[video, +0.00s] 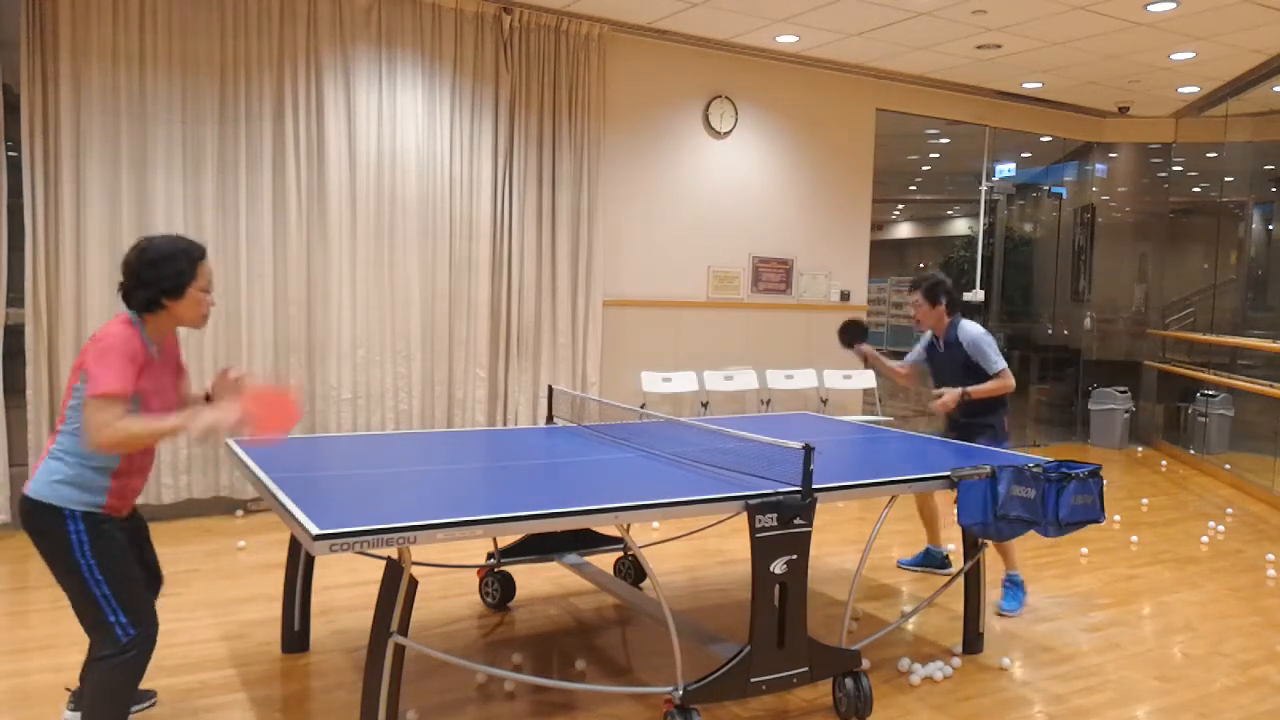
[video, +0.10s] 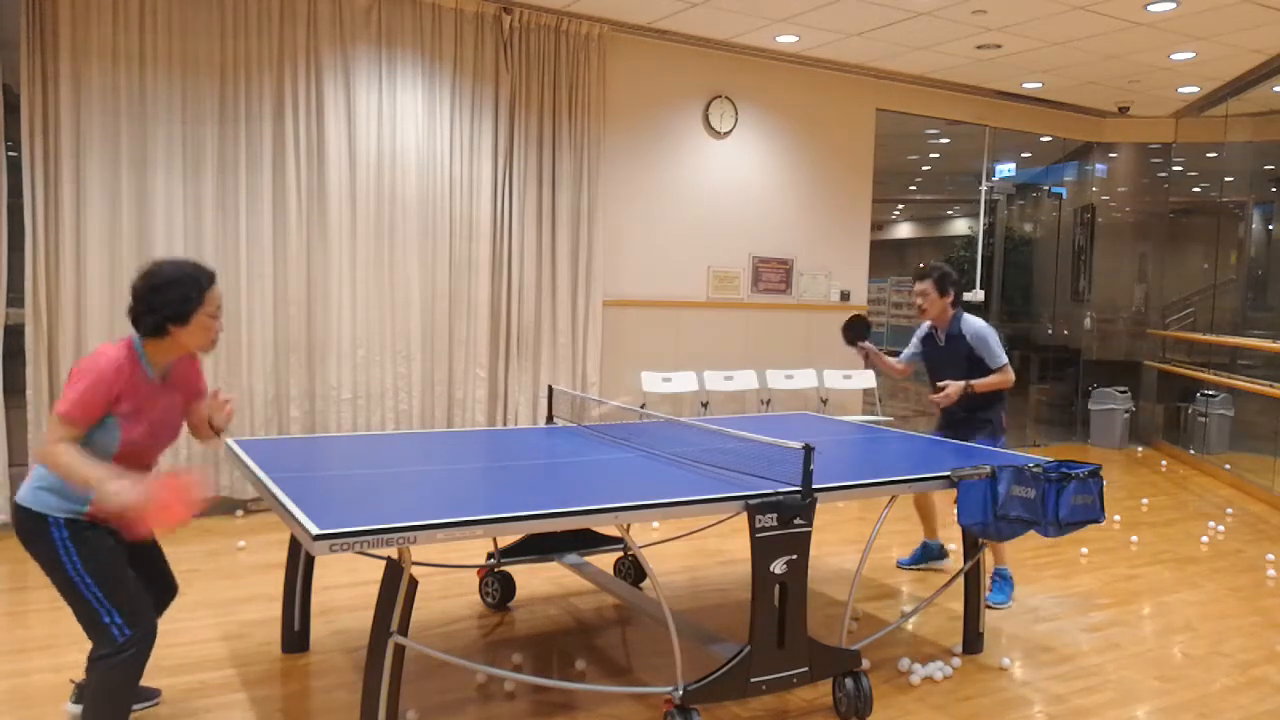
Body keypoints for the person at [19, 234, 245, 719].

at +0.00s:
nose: (210, 302)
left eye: (209, 290)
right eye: (203, 291)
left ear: (168, 297)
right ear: (166, 296)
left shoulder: (166, 342)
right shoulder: (116, 342)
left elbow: (174, 413)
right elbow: (102, 433)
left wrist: (214, 400)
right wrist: (194, 419)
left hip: (111, 502)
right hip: (66, 505)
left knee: (145, 585)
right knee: (129, 631)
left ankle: (99, 691)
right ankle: (97, 711)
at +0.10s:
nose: (220, 326)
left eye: (219, 315)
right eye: (212, 316)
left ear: (181, 324)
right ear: (175, 323)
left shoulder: (186, 367)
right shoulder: (108, 366)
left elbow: (201, 430)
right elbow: (53, 446)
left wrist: (212, 421)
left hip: (106, 508)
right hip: (54, 512)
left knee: (157, 589)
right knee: (128, 628)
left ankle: (101, 686)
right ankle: (101, 708)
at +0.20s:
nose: (228, 354)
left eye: (228, 344)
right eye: (220, 346)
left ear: (184, 354)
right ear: (180, 353)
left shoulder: (195, 392)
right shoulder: (109, 389)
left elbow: (203, 460)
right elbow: (37, 452)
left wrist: (208, 448)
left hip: (119, 527)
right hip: (64, 528)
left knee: (167, 596)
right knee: (135, 632)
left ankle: (107, 689)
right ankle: (104, 708)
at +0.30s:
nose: (232, 358)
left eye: (232, 346)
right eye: (223, 348)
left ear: (189, 354)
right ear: (184, 352)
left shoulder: (190, 391)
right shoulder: (123, 389)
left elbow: (179, 457)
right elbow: (71, 451)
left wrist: (199, 455)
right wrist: (62, 473)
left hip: (109, 526)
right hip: (55, 529)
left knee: (167, 592)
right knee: (145, 637)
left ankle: (105, 690)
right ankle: (108, 709)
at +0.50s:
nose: (211, 293)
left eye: (212, 282)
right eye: (205, 282)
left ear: (168, 281)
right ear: (170, 281)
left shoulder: (135, 325)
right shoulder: (134, 320)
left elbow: (142, 407)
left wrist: (204, 386)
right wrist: (252, 319)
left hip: (72, 500)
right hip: (85, 505)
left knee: (114, 617)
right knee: (150, 633)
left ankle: (103, 700)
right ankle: (106, 712)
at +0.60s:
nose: (205, 269)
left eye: (204, 258)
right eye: (197, 259)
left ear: (155, 264)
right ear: (162, 263)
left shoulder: (126, 308)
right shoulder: (132, 305)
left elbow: (139, 394)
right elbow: (208, 358)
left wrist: (200, 370)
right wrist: (258, 303)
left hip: (67, 486)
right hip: (92, 492)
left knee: (97, 613)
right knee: (142, 629)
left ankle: (62, 714)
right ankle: (98, 713)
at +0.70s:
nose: (202, 273)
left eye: (201, 263)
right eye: (194, 264)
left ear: (154, 270)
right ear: (159, 269)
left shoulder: (121, 313)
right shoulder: (131, 315)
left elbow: (171, 385)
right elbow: (194, 380)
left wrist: (226, 365)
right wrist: (256, 326)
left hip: (63, 496)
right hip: (92, 503)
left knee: (89, 616)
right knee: (144, 644)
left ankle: (59, 713)